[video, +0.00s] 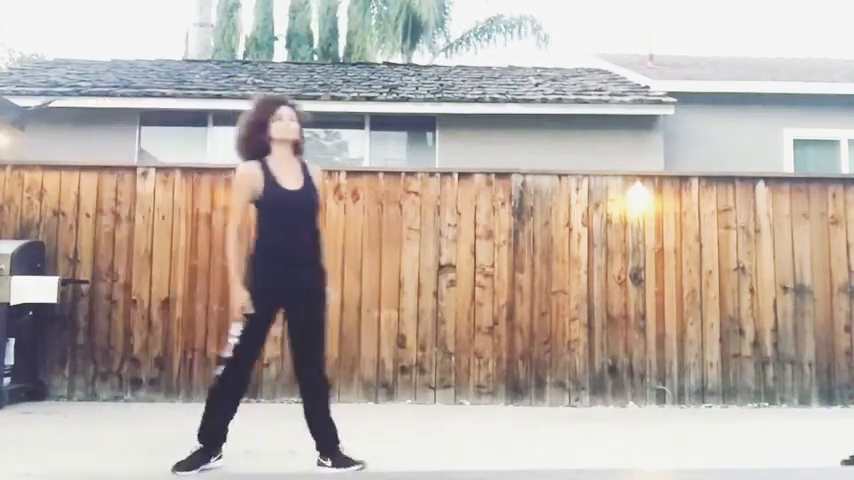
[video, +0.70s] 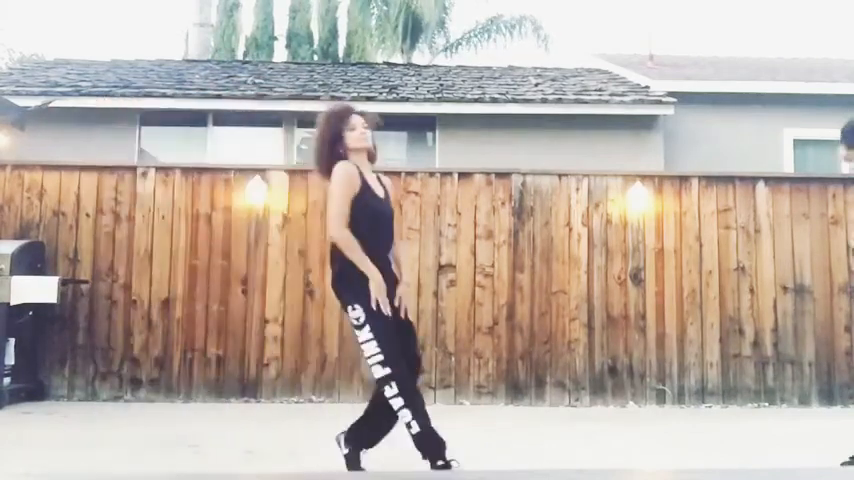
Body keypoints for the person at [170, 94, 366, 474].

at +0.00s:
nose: (288, 124)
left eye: (292, 119)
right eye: (280, 119)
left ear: (300, 128)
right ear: (264, 128)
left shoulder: (309, 170)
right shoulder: (251, 172)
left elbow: (313, 229)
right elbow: (235, 231)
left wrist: (319, 276)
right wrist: (237, 286)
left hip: (307, 279)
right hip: (266, 279)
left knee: (312, 367)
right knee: (238, 363)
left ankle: (328, 450)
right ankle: (210, 444)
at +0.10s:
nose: (308, 125)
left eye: (310, 120)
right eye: (298, 120)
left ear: (314, 128)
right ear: (282, 129)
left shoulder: (324, 173)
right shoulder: (269, 172)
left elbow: (332, 232)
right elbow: (249, 231)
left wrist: (350, 276)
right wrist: (268, 283)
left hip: (329, 279)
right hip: (291, 279)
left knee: (329, 368)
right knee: (263, 363)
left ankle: (331, 451)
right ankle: (223, 442)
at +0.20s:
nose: (323, 125)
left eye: (325, 120)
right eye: (314, 120)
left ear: (328, 128)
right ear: (297, 128)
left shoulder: (335, 170)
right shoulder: (286, 172)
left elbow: (339, 225)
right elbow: (260, 227)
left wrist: (361, 257)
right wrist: (294, 265)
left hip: (344, 275)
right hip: (309, 278)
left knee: (340, 366)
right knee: (295, 367)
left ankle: (333, 451)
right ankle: (255, 442)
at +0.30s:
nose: (335, 125)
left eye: (336, 121)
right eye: (325, 121)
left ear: (340, 128)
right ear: (308, 129)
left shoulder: (344, 168)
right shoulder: (297, 171)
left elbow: (348, 219)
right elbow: (269, 223)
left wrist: (364, 241)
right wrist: (316, 244)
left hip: (355, 274)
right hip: (325, 276)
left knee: (354, 362)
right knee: (336, 361)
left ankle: (336, 448)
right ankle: (310, 437)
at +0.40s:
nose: (344, 127)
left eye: (346, 122)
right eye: (335, 122)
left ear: (348, 129)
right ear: (318, 130)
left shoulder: (352, 170)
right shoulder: (308, 169)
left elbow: (356, 217)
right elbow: (278, 217)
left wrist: (369, 240)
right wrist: (325, 232)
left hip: (364, 272)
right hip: (334, 274)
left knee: (358, 357)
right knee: (363, 352)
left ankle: (336, 449)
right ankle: (361, 443)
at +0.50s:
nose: (352, 129)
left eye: (353, 124)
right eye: (343, 125)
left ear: (355, 131)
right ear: (326, 133)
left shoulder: (363, 174)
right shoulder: (319, 169)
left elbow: (363, 221)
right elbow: (291, 220)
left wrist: (378, 246)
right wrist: (342, 242)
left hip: (371, 275)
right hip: (341, 277)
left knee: (372, 361)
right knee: (380, 358)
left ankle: (338, 444)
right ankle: (409, 445)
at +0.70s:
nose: (364, 129)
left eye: (364, 124)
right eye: (354, 127)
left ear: (369, 132)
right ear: (340, 139)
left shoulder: (380, 179)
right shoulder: (345, 171)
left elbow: (388, 238)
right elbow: (336, 230)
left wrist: (402, 281)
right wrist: (373, 273)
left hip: (384, 279)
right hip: (356, 279)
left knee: (407, 361)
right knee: (391, 365)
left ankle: (357, 438)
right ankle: (434, 452)